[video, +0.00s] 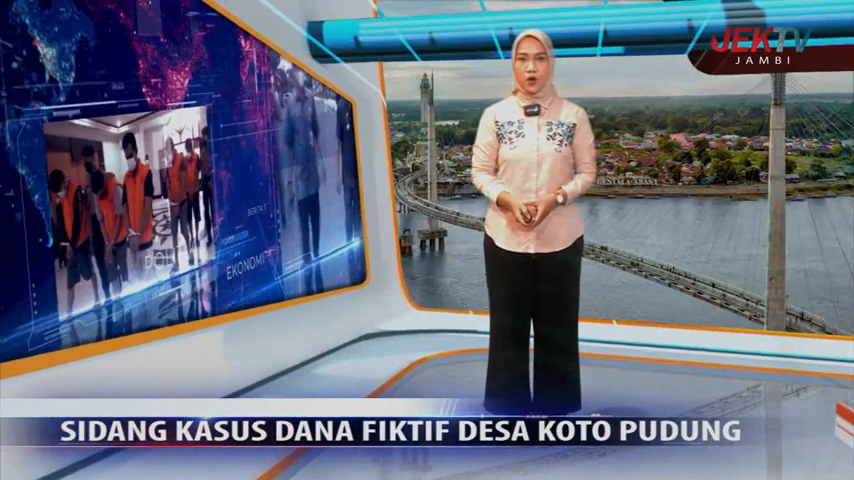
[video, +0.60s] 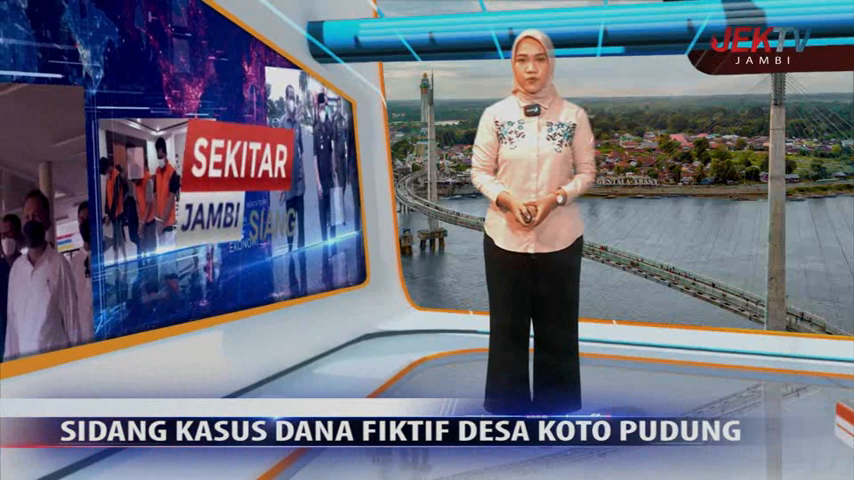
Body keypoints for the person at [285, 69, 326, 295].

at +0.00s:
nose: (302, 103)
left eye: (305, 99)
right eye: (298, 99)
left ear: (308, 100)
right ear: (292, 101)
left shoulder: (311, 116)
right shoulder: (290, 119)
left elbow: (317, 134)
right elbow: (286, 144)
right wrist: (288, 175)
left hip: (312, 163)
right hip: (297, 165)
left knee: (315, 207)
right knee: (303, 212)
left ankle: (316, 251)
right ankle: (306, 253)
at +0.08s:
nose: (298, 94)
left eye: (300, 90)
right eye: (295, 91)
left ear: (303, 91)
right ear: (290, 92)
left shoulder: (308, 107)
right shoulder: (287, 110)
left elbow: (313, 130)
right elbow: (284, 139)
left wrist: (314, 148)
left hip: (307, 158)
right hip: (293, 159)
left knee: (311, 202)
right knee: (299, 203)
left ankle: (313, 243)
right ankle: (302, 246)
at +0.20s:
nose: (296, 87)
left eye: (298, 83)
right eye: (293, 83)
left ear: (301, 87)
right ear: (288, 87)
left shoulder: (304, 110)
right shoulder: (285, 111)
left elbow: (309, 135)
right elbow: (282, 142)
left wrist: (305, 120)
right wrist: (289, 127)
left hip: (304, 157)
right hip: (292, 159)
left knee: (308, 202)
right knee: (296, 204)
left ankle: (309, 246)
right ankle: (299, 247)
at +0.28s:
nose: (296, 107)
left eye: (298, 104)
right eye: (293, 104)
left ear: (301, 105)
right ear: (288, 105)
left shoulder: (302, 119)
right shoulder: (284, 121)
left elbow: (306, 139)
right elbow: (281, 144)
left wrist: (303, 123)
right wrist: (284, 125)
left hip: (303, 165)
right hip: (291, 169)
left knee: (307, 211)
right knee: (295, 211)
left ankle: (309, 248)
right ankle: (298, 248)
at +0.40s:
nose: (295, 104)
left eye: (297, 101)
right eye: (292, 101)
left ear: (299, 102)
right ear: (288, 102)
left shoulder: (302, 120)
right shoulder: (284, 121)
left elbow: (305, 142)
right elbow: (280, 146)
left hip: (302, 162)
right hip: (290, 165)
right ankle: (295, 246)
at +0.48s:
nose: (294, 112)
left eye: (296, 109)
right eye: (292, 109)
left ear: (299, 110)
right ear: (288, 109)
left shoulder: (300, 125)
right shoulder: (284, 125)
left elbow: (304, 145)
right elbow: (280, 149)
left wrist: (304, 156)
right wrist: (281, 181)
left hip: (300, 165)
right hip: (288, 166)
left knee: (302, 198)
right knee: (293, 199)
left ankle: (304, 233)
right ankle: (294, 237)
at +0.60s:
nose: (293, 111)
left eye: (295, 108)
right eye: (290, 107)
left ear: (298, 110)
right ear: (285, 110)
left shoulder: (304, 131)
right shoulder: (280, 131)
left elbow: (310, 158)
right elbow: (274, 158)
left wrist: (317, 183)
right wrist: (277, 186)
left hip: (301, 183)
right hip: (286, 185)